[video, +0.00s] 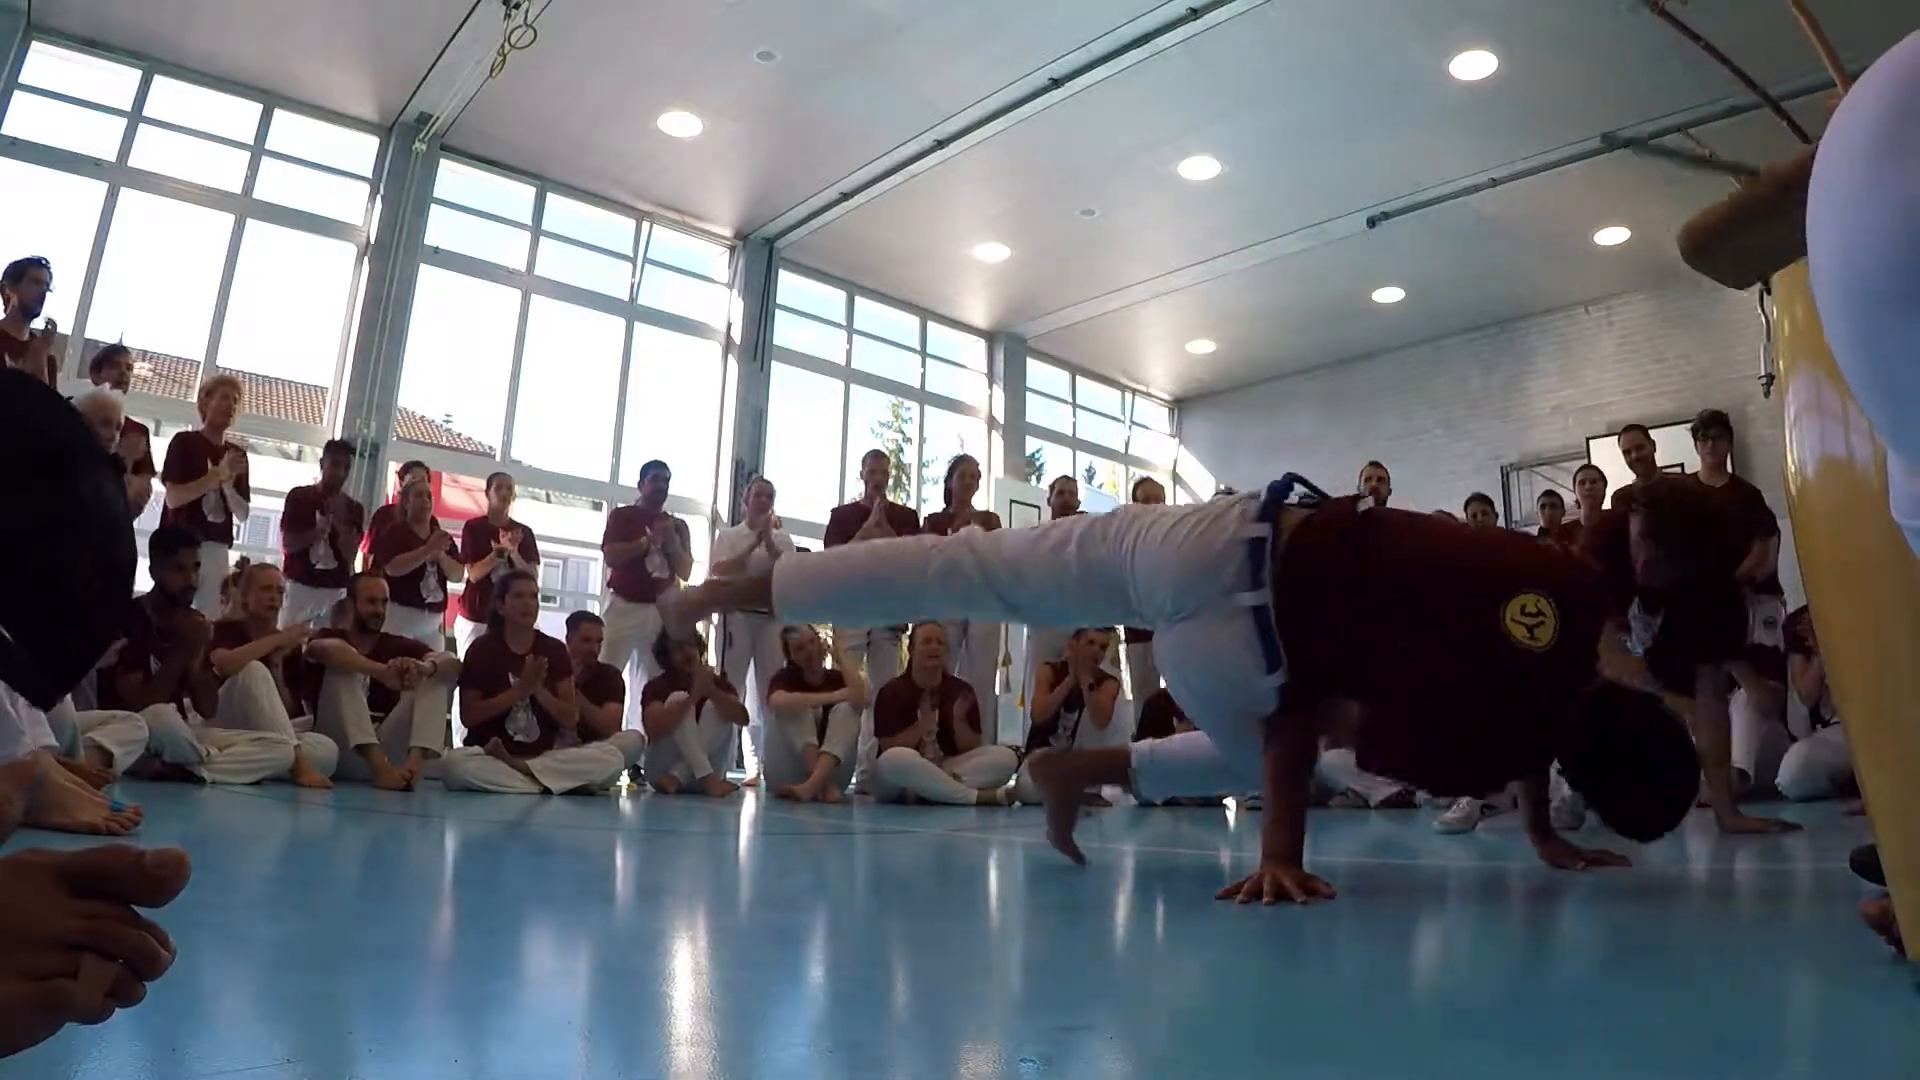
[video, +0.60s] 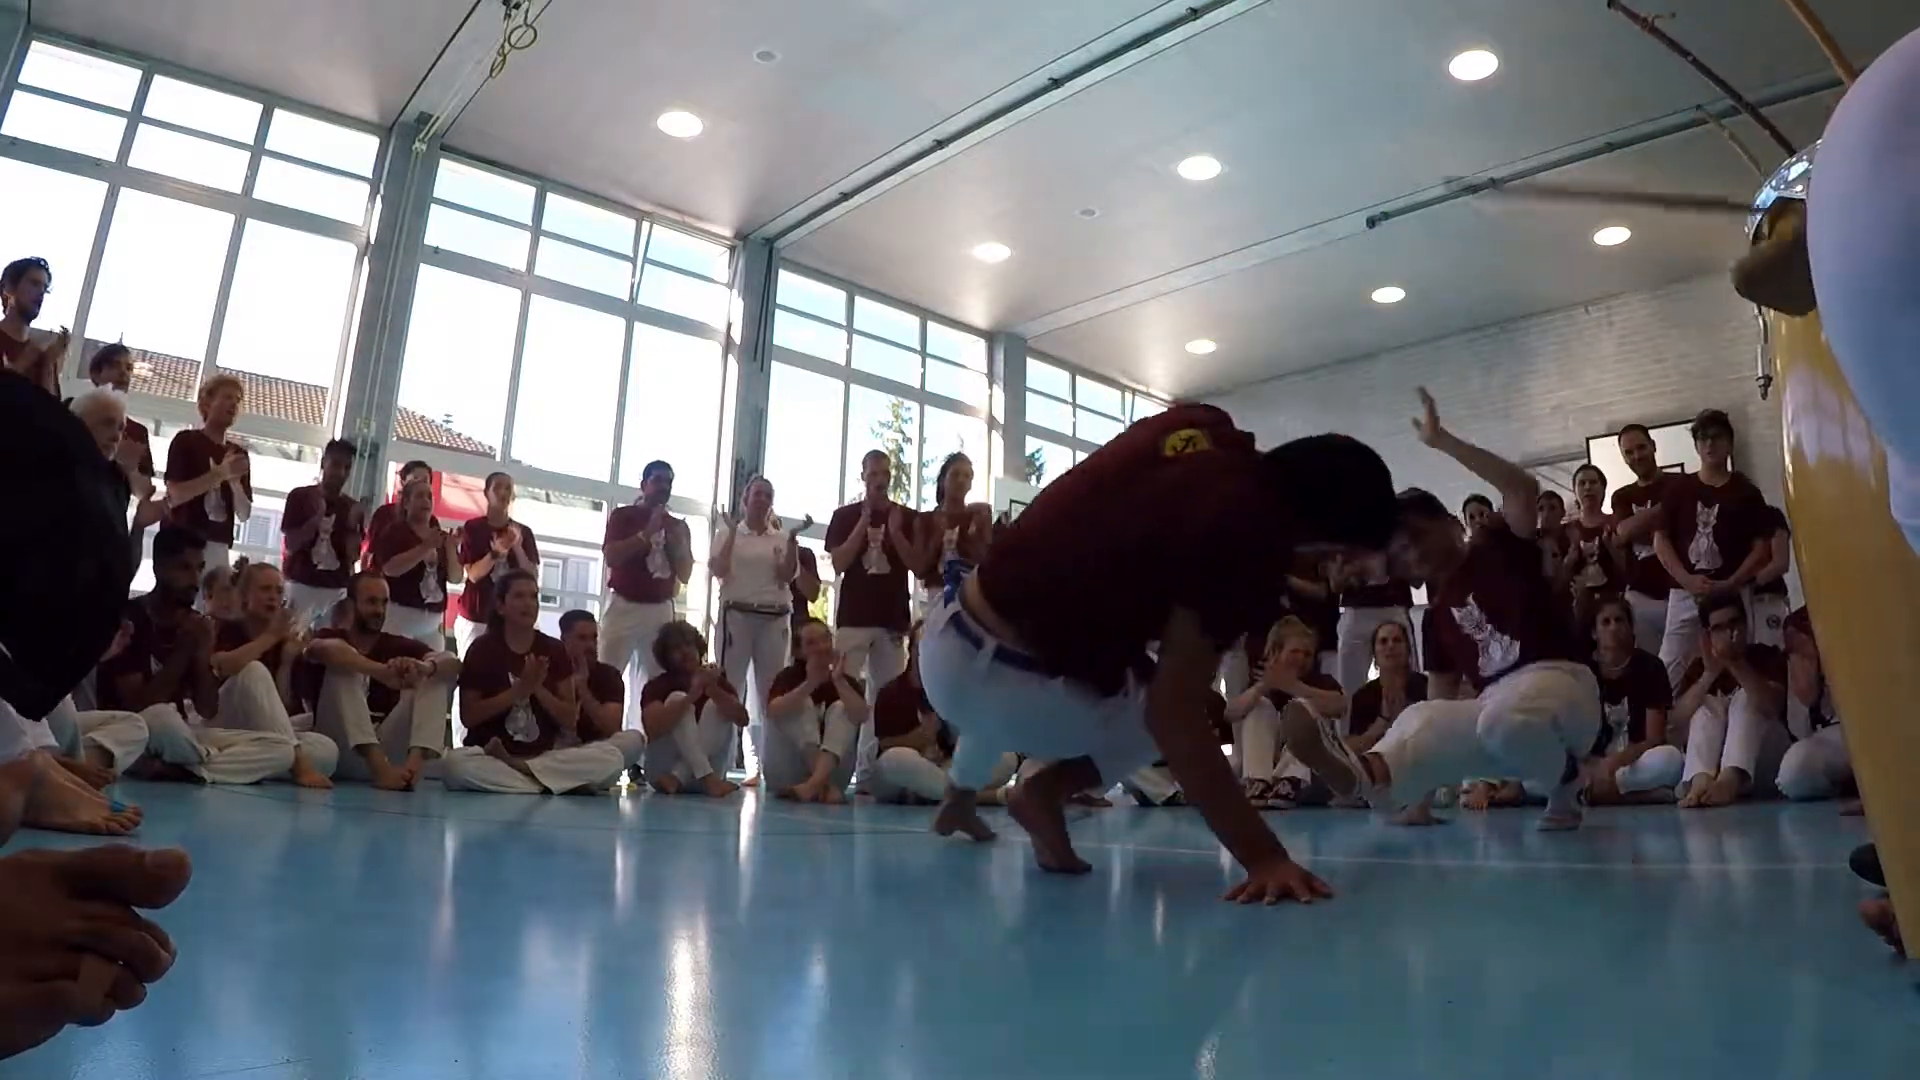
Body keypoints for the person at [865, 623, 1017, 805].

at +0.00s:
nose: (934, 647)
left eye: (939, 643)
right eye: (926, 642)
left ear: (946, 651)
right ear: (911, 650)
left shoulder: (962, 690)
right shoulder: (891, 692)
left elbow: (971, 749)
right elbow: (886, 748)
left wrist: (959, 723)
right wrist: (920, 727)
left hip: (950, 768)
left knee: (1006, 758)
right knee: (895, 759)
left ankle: (932, 793)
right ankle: (974, 797)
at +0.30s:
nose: (933, 652)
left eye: (938, 645)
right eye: (926, 645)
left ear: (948, 649)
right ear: (913, 650)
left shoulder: (962, 685)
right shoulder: (897, 686)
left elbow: (975, 744)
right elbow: (881, 743)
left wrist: (945, 727)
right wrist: (922, 743)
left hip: (952, 766)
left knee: (1006, 757)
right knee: (896, 760)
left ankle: (928, 791)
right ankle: (976, 797)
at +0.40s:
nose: (935, 649)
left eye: (941, 643)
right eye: (927, 643)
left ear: (950, 647)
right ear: (912, 651)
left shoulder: (965, 684)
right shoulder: (895, 689)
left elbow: (982, 741)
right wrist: (920, 754)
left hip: (958, 761)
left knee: (1007, 757)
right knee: (889, 757)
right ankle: (973, 797)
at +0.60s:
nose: (924, 655)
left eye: (930, 648)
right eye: (919, 648)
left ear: (942, 652)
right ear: (910, 651)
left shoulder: (956, 688)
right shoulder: (891, 693)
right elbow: (881, 747)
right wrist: (918, 737)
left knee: (1007, 758)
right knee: (897, 759)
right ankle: (988, 796)